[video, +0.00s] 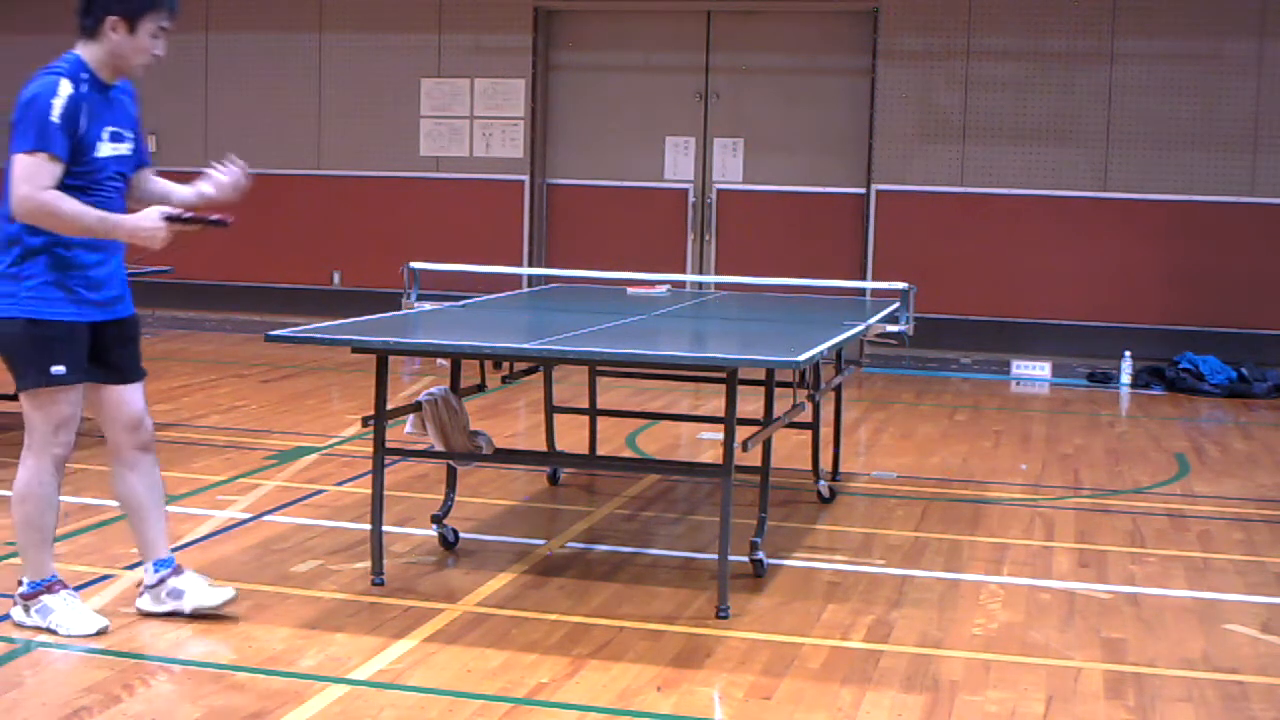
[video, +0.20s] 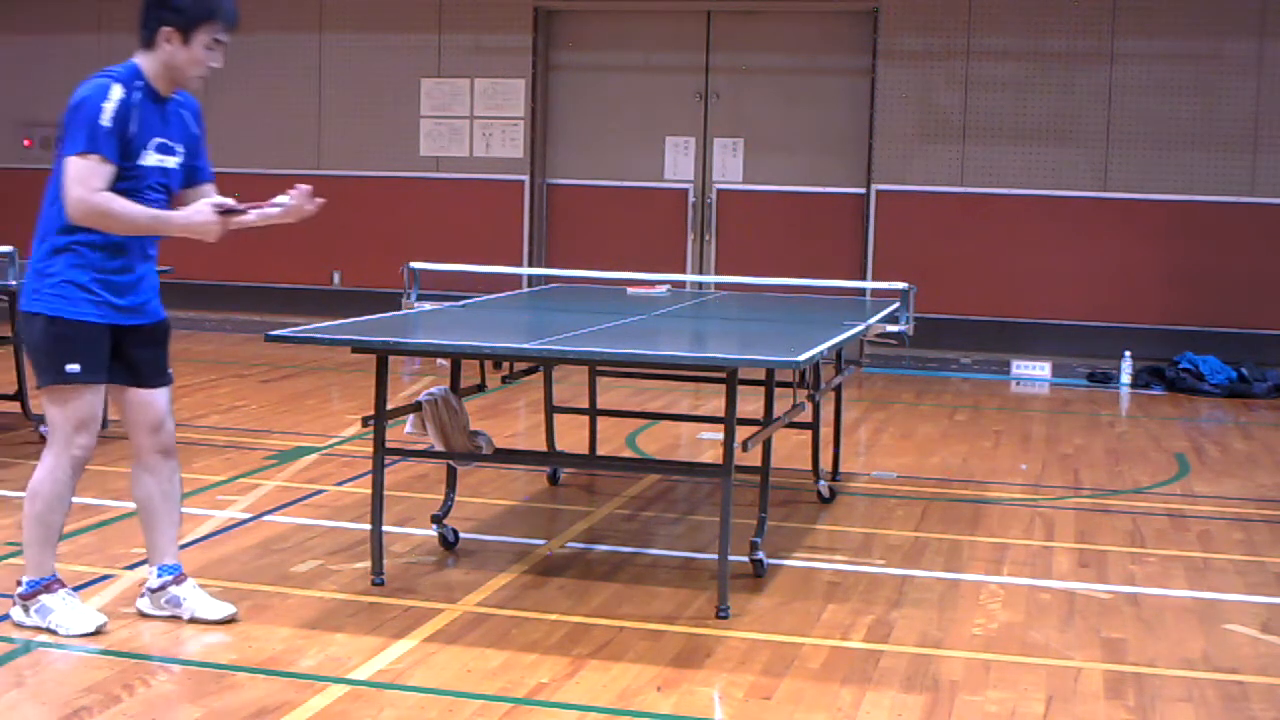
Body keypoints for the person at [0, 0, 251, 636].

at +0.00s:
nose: (161, 48)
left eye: (165, 36)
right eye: (156, 33)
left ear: (121, 29)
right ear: (114, 26)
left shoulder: (123, 96)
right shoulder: (54, 91)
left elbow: (137, 184)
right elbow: (29, 196)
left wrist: (202, 192)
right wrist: (121, 226)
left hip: (106, 294)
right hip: (43, 297)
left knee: (135, 433)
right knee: (50, 440)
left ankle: (160, 577)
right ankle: (36, 591)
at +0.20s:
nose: (217, 62)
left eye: (222, 49)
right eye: (211, 46)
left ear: (187, 44)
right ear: (168, 37)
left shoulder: (184, 111)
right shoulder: (104, 97)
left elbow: (197, 210)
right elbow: (82, 201)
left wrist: (272, 211)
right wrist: (179, 222)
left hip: (136, 295)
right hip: (68, 293)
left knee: (157, 437)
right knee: (72, 439)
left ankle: (164, 581)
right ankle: (34, 589)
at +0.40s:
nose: (262, 74)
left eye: (268, 61)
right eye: (255, 58)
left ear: (233, 56)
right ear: (214, 49)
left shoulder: (231, 121)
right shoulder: (149, 102)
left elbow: (241, 217)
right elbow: (134, 208)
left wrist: (313, 218)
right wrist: (228, 230)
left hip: (157, 295)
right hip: (90, 290)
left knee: (169, 437)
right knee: (77, 438)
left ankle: (164, 581)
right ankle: (37, 581)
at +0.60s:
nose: (290, 80)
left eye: (294, 67)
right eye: (282, 64)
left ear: (251, 64)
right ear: (239, 57)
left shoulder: (256, 131)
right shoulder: (171, 107)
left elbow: (274, 229)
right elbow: (165, 215)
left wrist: (347, 222)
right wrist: (261, 237)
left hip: (165, 298)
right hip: (97, 289)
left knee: (173, 438)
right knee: (67, 434)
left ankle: (166, 582)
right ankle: (21, 578)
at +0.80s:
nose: (303, 89)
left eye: (307, 77)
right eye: (296, 74)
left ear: (263, 71)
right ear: (252, 64)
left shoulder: (269, 140)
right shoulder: (185, 112)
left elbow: (289, 238)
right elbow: (180, 221)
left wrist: (362, 233)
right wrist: (279, 241)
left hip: (167, 300)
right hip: (97, 287)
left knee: (175, 437)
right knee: (51, 431)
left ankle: (166, 581)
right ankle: (5, 573)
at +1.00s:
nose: (300, 96)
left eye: (306, 83)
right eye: (294, 80)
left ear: (263, 75)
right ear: (250, 69)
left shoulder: (269, 145)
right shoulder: (185, 118)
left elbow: (295, 235)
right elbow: (186, 226)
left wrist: (371, 238)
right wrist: (289, 248)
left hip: (160, 300)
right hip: (91, 286)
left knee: (170, 440)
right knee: (37, 432)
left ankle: (164, 582)